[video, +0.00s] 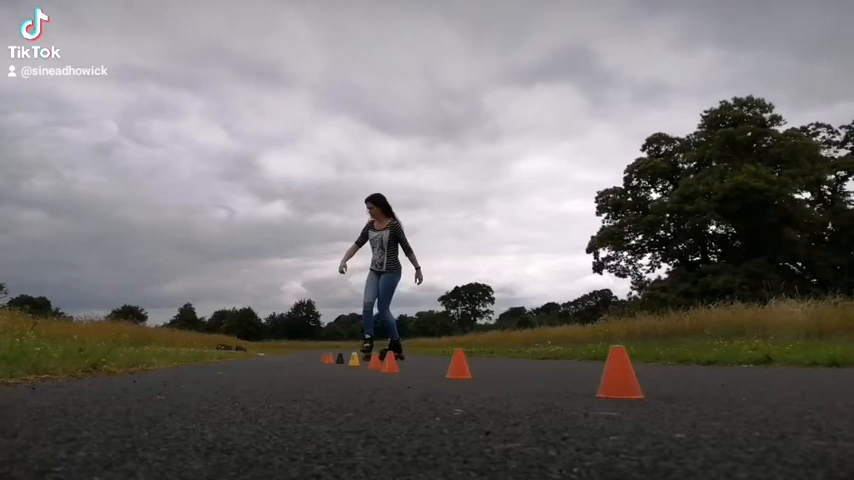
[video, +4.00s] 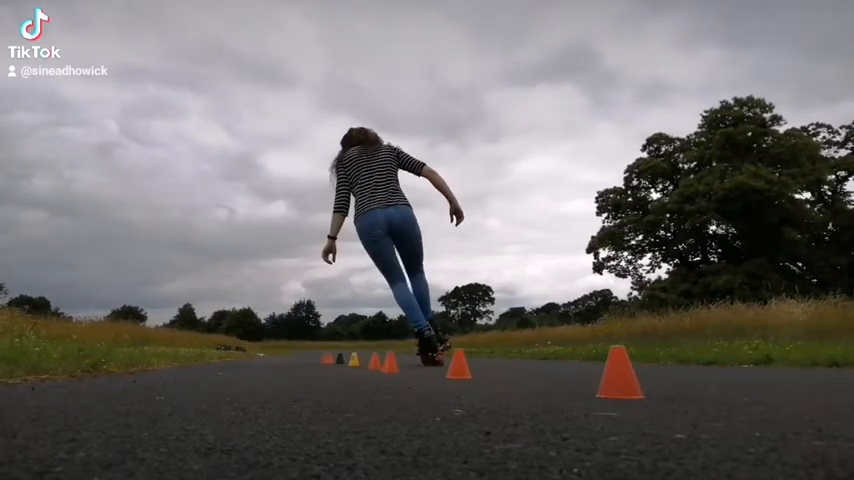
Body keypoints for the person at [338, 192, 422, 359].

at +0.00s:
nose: (369, 211)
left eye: (371, 208)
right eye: (368, 208)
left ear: (381, 207)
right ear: (369, 209)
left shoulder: (394, 225)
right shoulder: (370, 226)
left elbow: (406, 247)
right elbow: (357, 244)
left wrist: (417, 268)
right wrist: (344, 260)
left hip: (391, 271)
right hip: (374, 271)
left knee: (383, 308)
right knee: (367, 304)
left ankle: (395, 342)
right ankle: (368, 340)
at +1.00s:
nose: (271, 215)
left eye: (272, 211)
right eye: (269, 212)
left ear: (281, 207)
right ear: (283, 207)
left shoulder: (291, 220)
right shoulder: (300, 221)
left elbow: (284, 239)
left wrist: (260, 242)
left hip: (305, 267)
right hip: (315, 271)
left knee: (270, 297)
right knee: (282, 306)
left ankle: (249, 339)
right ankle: (278, 342)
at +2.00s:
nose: (341, 180)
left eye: (343, 175)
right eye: (339, 177)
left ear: (356, 172)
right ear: (338, 178)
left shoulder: (373, 192)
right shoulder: (343, 198)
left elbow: (400, 205)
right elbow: (325, 218)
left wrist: (428, 211)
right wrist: (307, 235)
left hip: (380, 250)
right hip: (359, 252)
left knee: (385, 295)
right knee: (367, 293)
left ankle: (419, 331)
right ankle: (372, 336)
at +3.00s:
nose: (279, 164)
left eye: (279, 159)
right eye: (277, 160)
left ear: (287, 154)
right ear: (296, 151)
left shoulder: (298, 170)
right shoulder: (318, 170)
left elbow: (293, 206)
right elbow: (340, 206)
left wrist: (275, 232)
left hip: (314, 231)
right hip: (325, 232)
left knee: (280, 276)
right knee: (286, 280)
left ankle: (274, 334)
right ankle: (283, 334)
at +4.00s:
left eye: (343, 148)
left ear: (346, 145)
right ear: (373, 138)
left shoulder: (345, 161)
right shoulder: (389, 150)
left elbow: (341, 203)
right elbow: (427, 171)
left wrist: (331, 239)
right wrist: (453, 200)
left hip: (369, 220)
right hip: (402, 213)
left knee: (397, 281)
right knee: (416, 272)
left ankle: (426, 333)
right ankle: (426, 335)